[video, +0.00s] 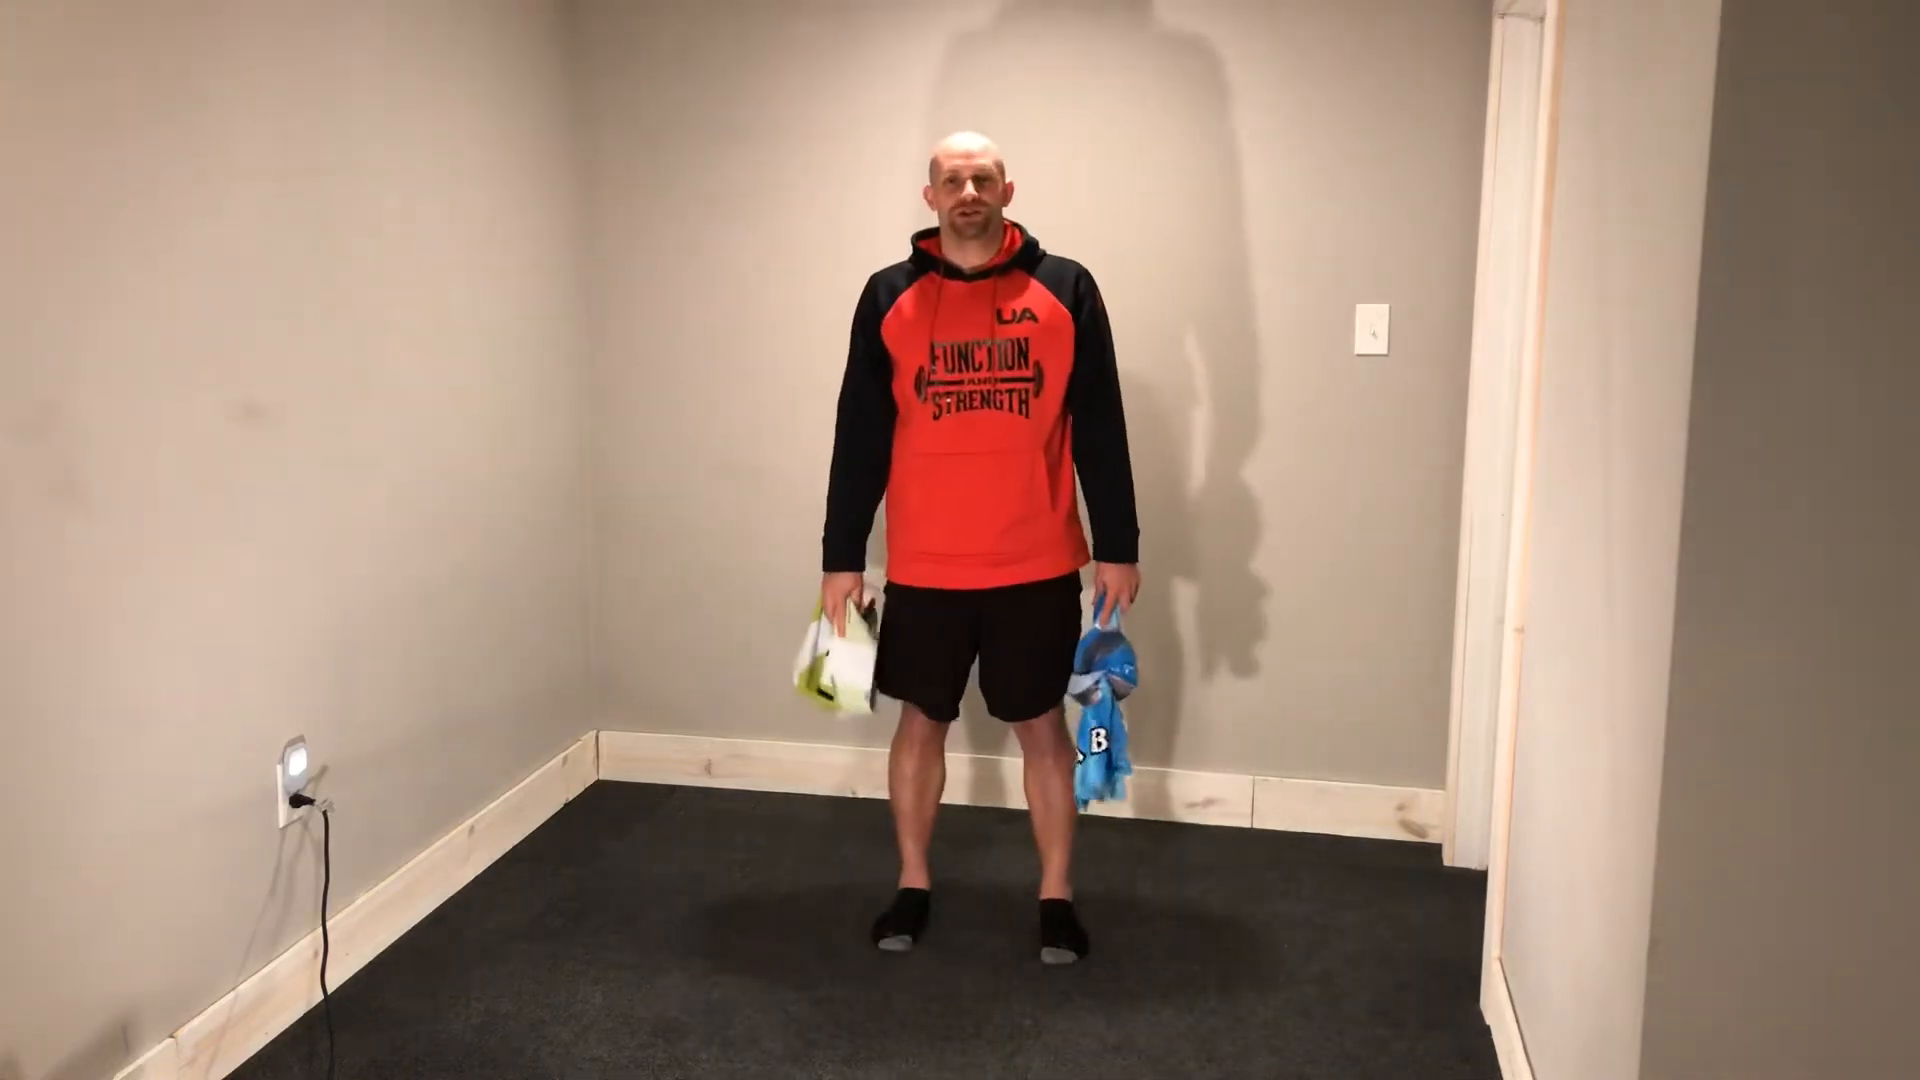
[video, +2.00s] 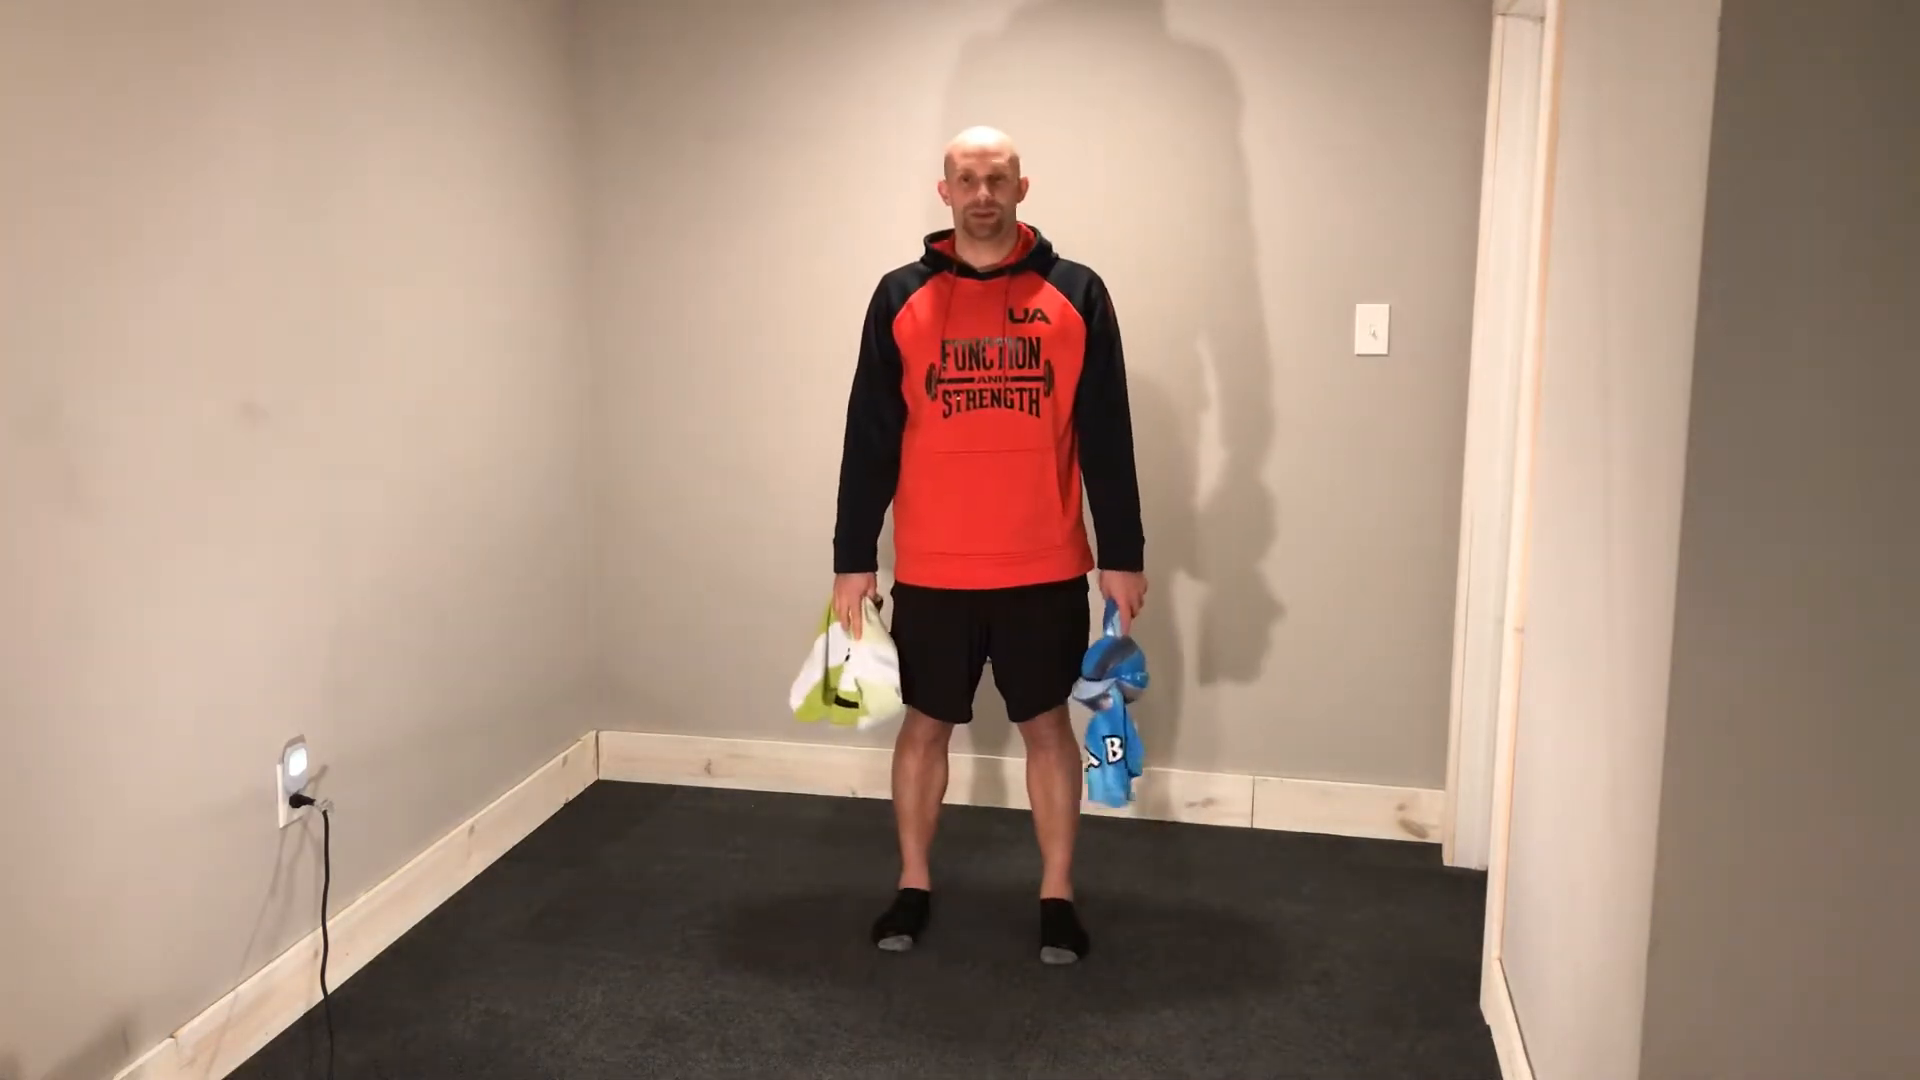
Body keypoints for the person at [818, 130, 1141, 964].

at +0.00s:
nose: (968, 191)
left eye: (981, 177)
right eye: (951, 180)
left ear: (1008, 191)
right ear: (929, 198)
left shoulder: (1065, 291)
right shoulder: (890, 297)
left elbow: (1099, 426)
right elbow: (860, 433)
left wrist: (1118, 547)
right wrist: (842, 555)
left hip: (1034, 561)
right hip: (926, 564)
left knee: (1042, 729)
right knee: (920, 724)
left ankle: (1057, 900)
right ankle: (911, 890)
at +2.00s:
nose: (981, 192)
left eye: (995, 178)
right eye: (965, 179)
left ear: (1021, 188)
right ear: (944, 191)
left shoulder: (1076, 294)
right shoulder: (902, 297)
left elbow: (1106, 432)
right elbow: (870, 434)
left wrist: (1122, 553)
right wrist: (854, 557)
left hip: (1041, 564)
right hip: (933, 565)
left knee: (1046, 725)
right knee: (924, 726)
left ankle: (1058, 898)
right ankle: (911, 890)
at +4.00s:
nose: (994, 194)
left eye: (1005, 179)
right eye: (977, 182)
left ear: (1027, 185)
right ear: (950, 196)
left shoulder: (1085, 290)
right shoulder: (911, 296)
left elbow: (1127, 410)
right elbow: (880, 434)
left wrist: (1078, 469)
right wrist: (864, 559)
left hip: (1044, 553)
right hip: (939, 556)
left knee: (1048, 723)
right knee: (928, 720)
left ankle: (1057, 896)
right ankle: (912, 886)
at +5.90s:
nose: (992, 193)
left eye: (1006, 180)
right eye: (978, 179)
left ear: (1027, 190)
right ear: (952, 188)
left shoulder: (1075, 294)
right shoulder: (903, 295)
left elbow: (1118, 417)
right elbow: (871, 431)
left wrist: (1076, 409)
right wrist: (855, 556)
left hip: (1035, 563)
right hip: (930, 562)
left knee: (1042, 726)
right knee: (922, 724)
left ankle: (1058, 897)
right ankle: (911, 888)